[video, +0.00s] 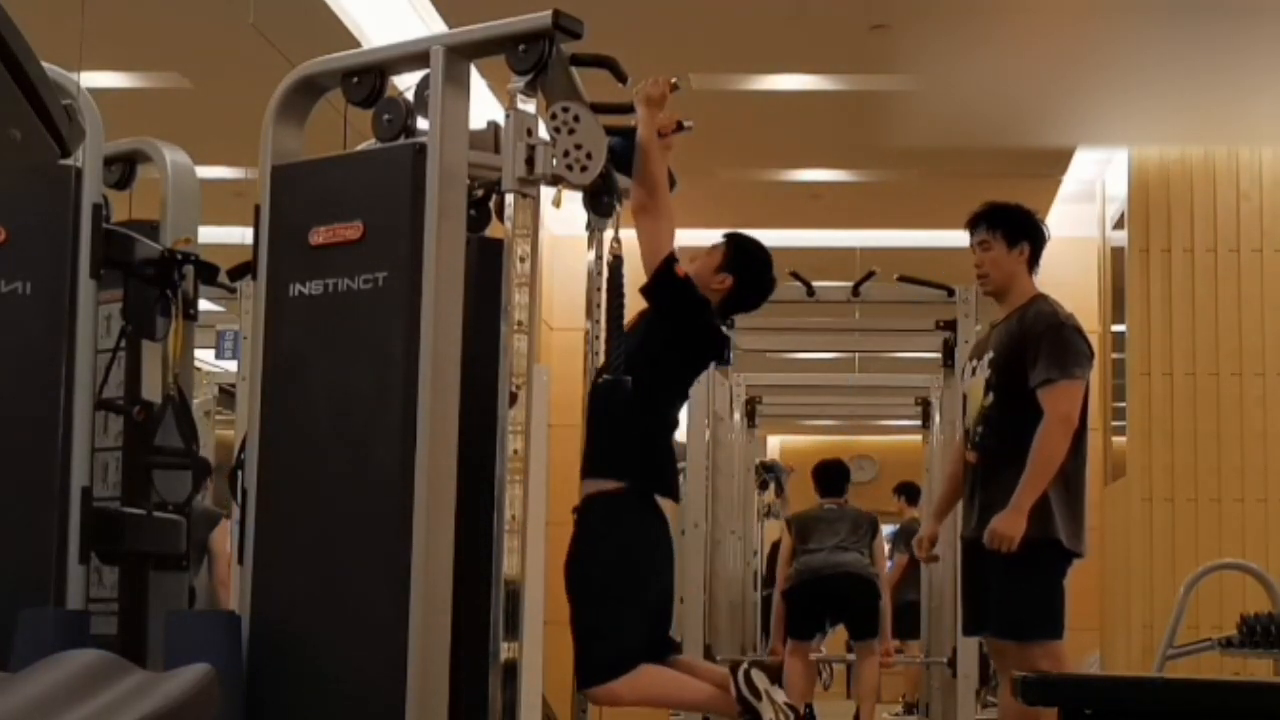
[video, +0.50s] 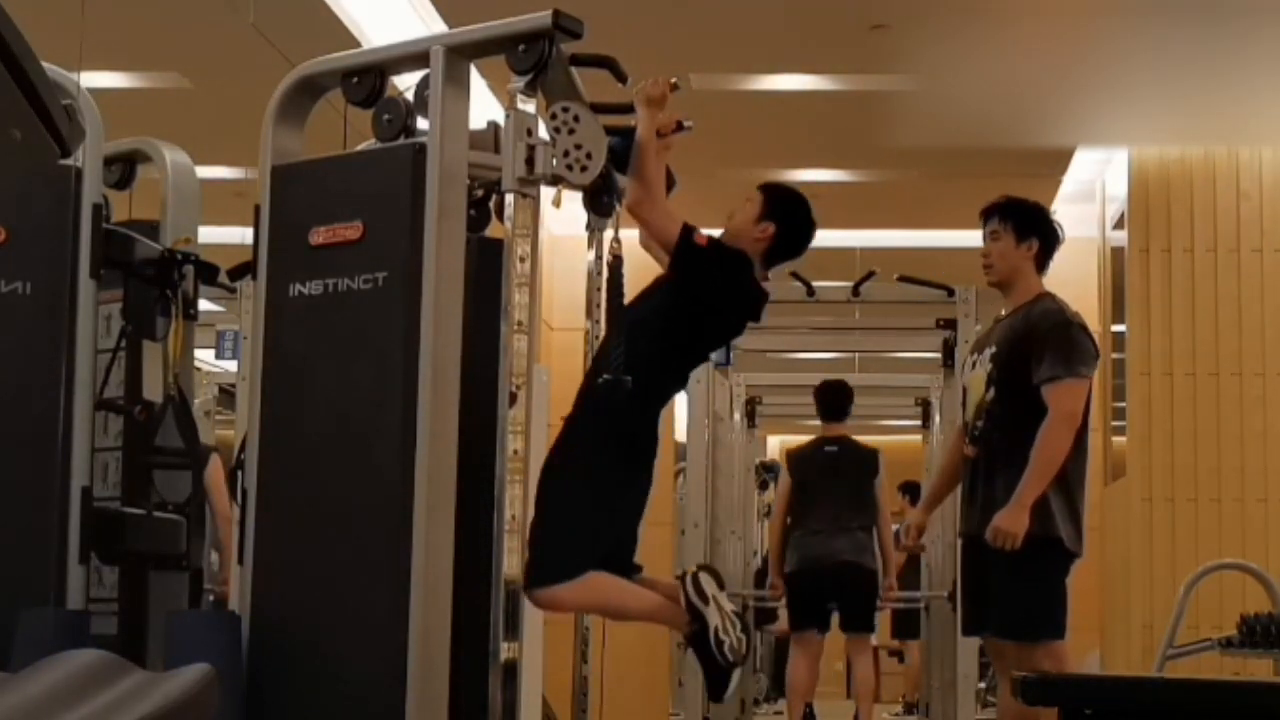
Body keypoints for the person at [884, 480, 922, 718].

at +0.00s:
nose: (894, 504)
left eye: (896, 499)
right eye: (895, 500)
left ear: (902, 500)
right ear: (915, 500)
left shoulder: (906, 528)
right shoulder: (920, 526)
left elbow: (900, 561)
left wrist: (886, 586)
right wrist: (890, 582)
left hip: (909, 596)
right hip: (917, 594)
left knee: (912, 649)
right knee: (912, 649)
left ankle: (910, 701)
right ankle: (912, 699)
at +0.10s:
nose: (895, 504)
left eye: (897, 499)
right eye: (896, 499)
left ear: (903, 500)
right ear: (916, 499)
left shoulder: (906, 528)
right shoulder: (922, 526)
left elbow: (899, 559)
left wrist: (887, 582)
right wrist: (891, 580)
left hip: (909, 595)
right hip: (918, 594)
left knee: (912, 649)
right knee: (914, 650)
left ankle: (911, 701)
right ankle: (914, 700)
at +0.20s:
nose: (895, 503)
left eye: (897, 499)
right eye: (896, 499)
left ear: (904, 499)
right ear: (915, 499)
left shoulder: (907, 527)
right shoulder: (920, 525)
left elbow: (899, 560)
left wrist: (886, 584)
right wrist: (890, 581)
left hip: (909, 595)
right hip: (918, 594)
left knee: (911, 648)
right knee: (913, 648)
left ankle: (911, 701)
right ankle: (913, 699)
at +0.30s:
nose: (896, 502)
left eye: (898, 498)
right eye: (897, 498)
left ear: (904, 499)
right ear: (917, 498)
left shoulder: (908, 527)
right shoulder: (924, 525)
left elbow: (897, 561)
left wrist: (884, 580)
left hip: (909, 595)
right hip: (921, 593)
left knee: (912, 646)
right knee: (916, 647)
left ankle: (911, 700)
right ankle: (915, 698)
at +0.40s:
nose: (896, 502)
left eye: (898, 497)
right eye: (898, 497)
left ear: (905, 499)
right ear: (916, 498)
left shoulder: (906, 526)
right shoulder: (923, 524)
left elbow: (898, 559)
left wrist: (886, 586)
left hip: (909, 592)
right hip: (922, 591)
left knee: (911, 646)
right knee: (914, 647)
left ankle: (911, 699)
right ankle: (915, 698)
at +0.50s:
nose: (898, 501)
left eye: (900, 497)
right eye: (899, 497)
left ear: (906, 497)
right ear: (917, 497)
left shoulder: (907, 524)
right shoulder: (924, 523)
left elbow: (900, 556)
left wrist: (889, 578)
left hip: (910, 587)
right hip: (924, 586)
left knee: (911, 645)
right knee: (915, 646)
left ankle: (911, 699)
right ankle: (916, 697)